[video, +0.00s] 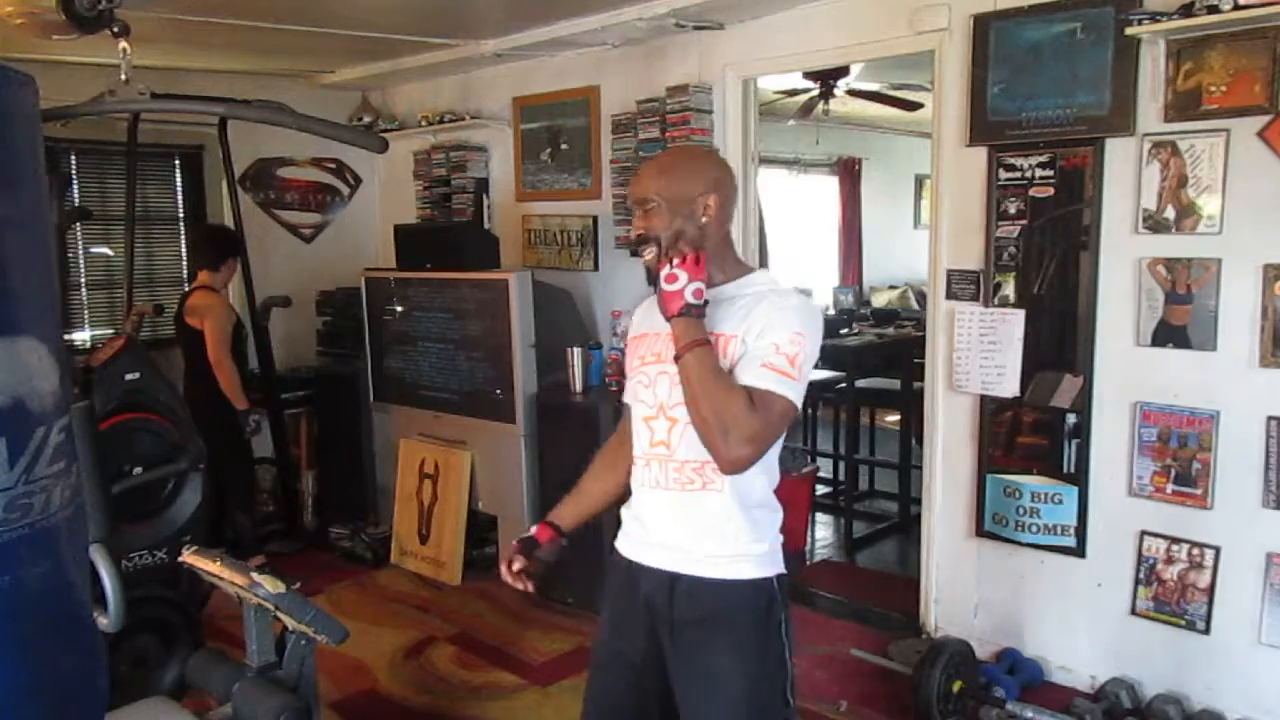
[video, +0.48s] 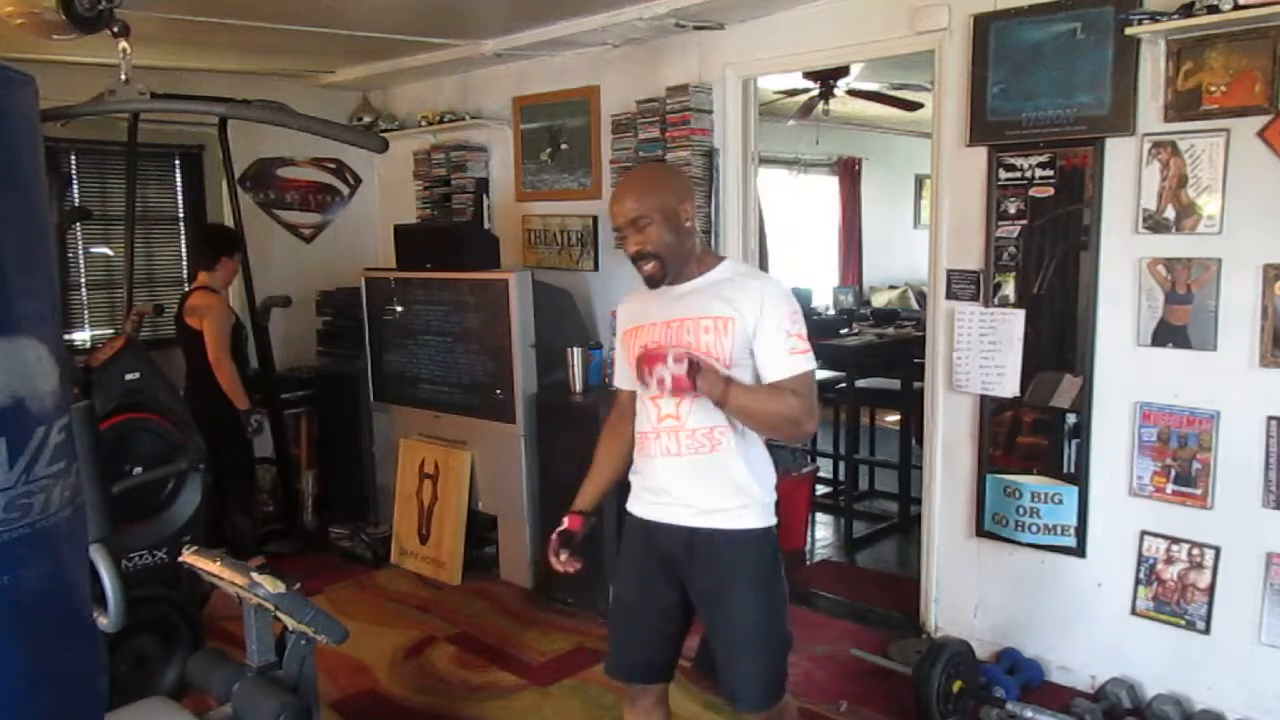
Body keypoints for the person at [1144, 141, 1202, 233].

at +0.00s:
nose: (1158, 158)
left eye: (1160, 153)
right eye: (1155, 155)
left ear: (1169, 150)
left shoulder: (1175, 161)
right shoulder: (1164, 166)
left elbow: (1170, 187)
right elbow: (1161, 188)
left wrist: (1160, 213)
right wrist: (1157, 212)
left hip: (1190, 211)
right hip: (1180, 211)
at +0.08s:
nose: (1158, 158)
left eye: (1160, 153)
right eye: (1155, 155)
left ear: (1169, 150)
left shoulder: (1175, 161)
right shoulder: (1164, 166)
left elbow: (1170, 187)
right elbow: (1161, 188)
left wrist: (1160, 213)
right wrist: (1157, 212)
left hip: (1190, 210)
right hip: (1180, 211)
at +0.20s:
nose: (1158, 158)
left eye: (1159, 153)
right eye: (1155, 156)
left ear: (1169, 150)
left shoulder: (1175, 161)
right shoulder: (1164, 166)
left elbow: (1170, 187)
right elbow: (1161, 188)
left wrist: (1160, 213)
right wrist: (1157, 212)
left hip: (1190, 210)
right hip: (1180, 211)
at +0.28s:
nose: (1158, 158)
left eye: (1159, 153)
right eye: (1155, 156)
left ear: (1169, 150)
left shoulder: (1175, 161)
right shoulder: (1164, 166)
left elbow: (1170, 187)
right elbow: (1161, 188)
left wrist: (1160, 213)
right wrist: (1157, 212)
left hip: (1190, 210)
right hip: (1180, 211)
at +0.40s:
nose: (1158, 158)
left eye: (1159, 153)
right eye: (1155, 156)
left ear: (1169, 150)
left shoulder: (1175, 161)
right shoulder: (1164, 166)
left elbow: (1170, 187)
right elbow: (1161, 189)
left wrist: (1160, 213)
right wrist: (1157, 212)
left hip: (1190, 211)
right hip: (1180, 211)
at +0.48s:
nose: (1157, 158)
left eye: (1159, 154)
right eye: (1155, 156)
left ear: (1169, 150)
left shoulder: (1175, 161)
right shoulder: (1164, 166)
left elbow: (1170, 188)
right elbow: (1161, 188)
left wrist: (1160, 213)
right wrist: (1157, 212)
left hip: (1190, 211)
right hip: (1180, 212)